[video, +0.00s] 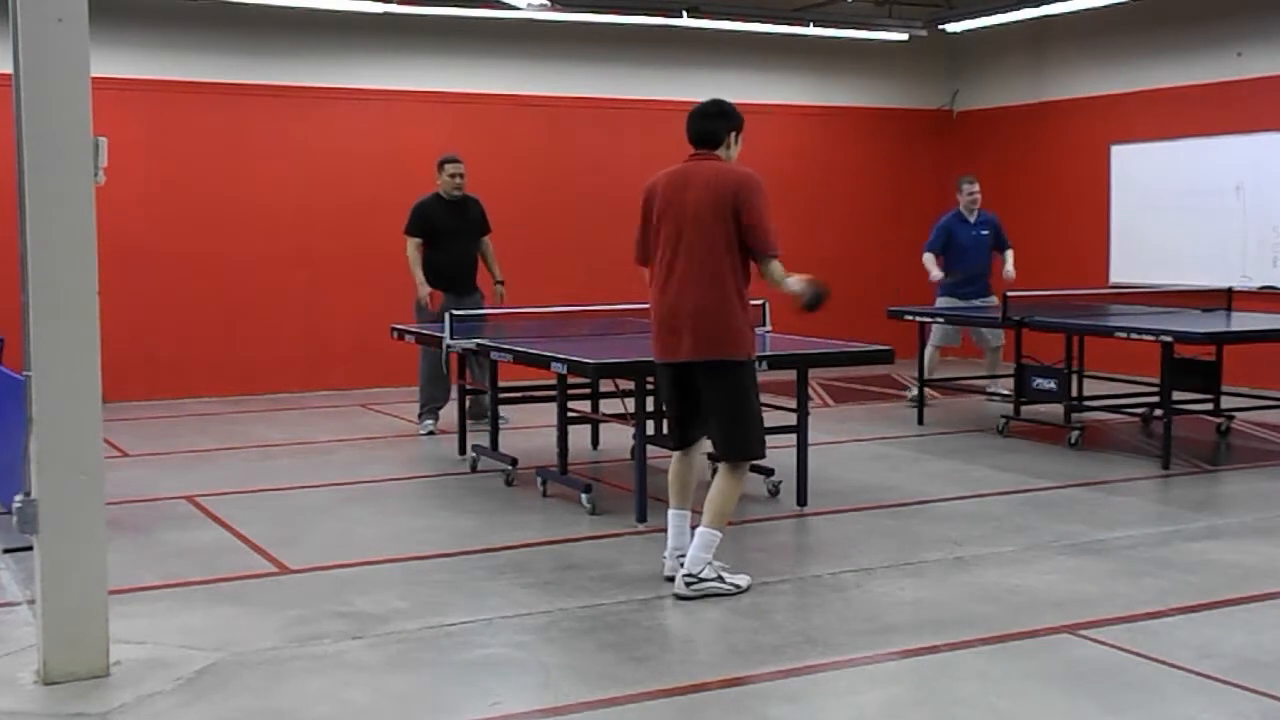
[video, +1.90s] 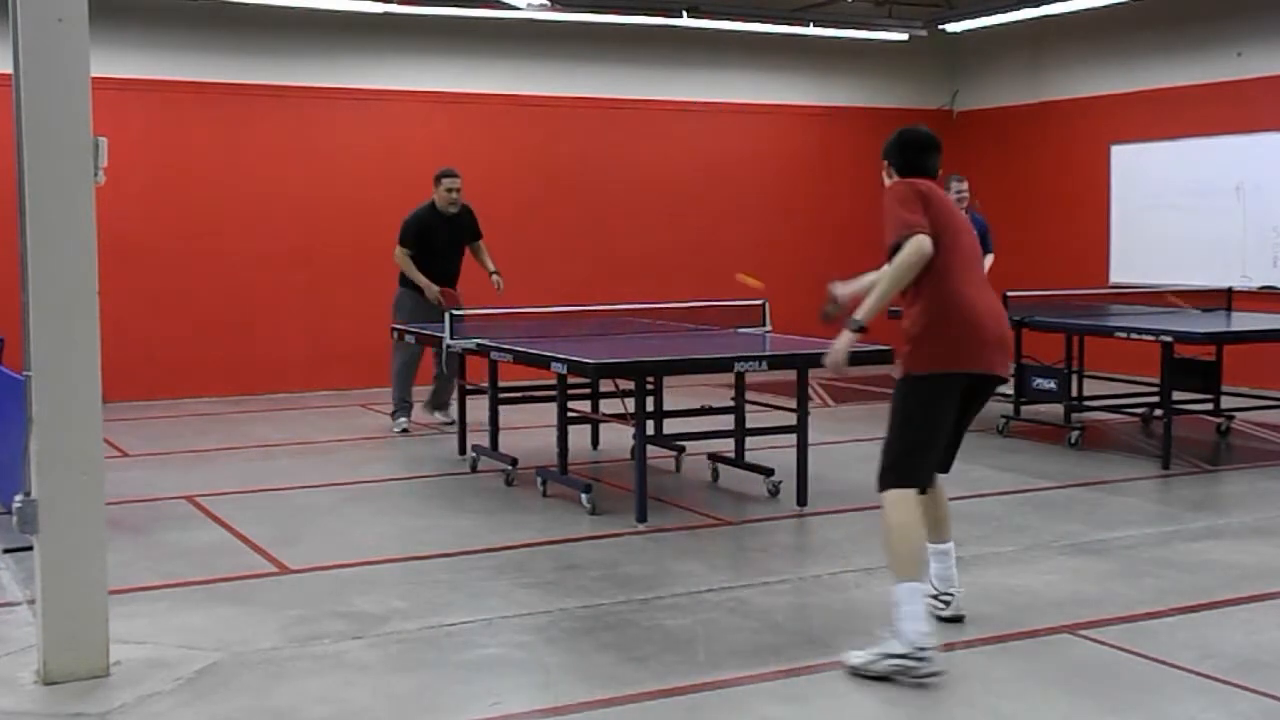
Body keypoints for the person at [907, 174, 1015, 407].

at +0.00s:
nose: (975, 197)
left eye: (977, 193)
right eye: (970, 194)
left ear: (981, 194)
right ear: (959, 196)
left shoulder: (990, 222)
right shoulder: (948, 223)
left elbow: (1006, 248)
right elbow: (928, 252)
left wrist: (1009, 265)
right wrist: (934, 270)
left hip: (983, 295)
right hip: (951, 295)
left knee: (996, 343)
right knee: (935, 343)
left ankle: (992, 385)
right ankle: (920, 386)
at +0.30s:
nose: (942, 209)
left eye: (945, 204)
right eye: (938, 206)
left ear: (954, 202)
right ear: (933, 207)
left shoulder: (974, 225)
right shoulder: (930, 233)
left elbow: (1001, 247)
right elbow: (918, 263)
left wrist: (991, 270)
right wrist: (901, 277)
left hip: (977, 297)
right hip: (944, 298)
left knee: (993, 343)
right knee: (930, 343)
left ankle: (994, 385)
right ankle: (922, 389)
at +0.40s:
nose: (935, 207)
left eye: (938, 202)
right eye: (930, 204)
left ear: (947, 199)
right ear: (926, 206)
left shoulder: (967, 222)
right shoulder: (925, 230)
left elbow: (993, 246)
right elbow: (924, 262)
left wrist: (979, 270)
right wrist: (911, 265)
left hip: (972, 295)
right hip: (939, 296)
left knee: (986, 343)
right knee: (926, 343)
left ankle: (993, 384)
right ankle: (920, 388)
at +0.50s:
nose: (936, 202)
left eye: (939, 197)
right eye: (931, 199)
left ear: (945, 196)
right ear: (924, 202)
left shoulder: (964, 219)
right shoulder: (921, 226)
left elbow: (987, 245)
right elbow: (923, 257)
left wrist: (970, 265)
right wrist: (933, 238)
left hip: (967, 293)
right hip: (936, 294)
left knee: (982, 341)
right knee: (926, 343)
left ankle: (991, 383)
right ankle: (920, 388)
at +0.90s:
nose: (969, 198)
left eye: (971, 194)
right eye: (964, 194)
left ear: (974, 196)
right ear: (952, 196)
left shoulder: (977, 222)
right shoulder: (939, 226)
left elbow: (986, 249)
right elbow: (932, 257)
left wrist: (992, 268)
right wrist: (956, 258)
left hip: (973, 294)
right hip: (943, 297)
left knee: (987, 340)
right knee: (930, 346)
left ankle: (992, 384)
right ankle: (920, 389)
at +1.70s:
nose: (952, 205)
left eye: (955, 200)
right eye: (947, 201)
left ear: (963, 199)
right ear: (941, 204)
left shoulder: (980, 224)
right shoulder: (940, 226)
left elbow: (1003, 251)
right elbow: (934, 255)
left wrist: (985, 270)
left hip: (981, 295)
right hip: (953, 296)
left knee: (997, 341)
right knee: (952, 341)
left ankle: (1007, 383)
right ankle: (951, 386)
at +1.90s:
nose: (963, 196)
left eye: (966, 192)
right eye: (958, 192)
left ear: (969, 193)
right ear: (947, 194)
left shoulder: (977, 222)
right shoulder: (943, 222)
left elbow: (989, 252)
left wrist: (981, 273)